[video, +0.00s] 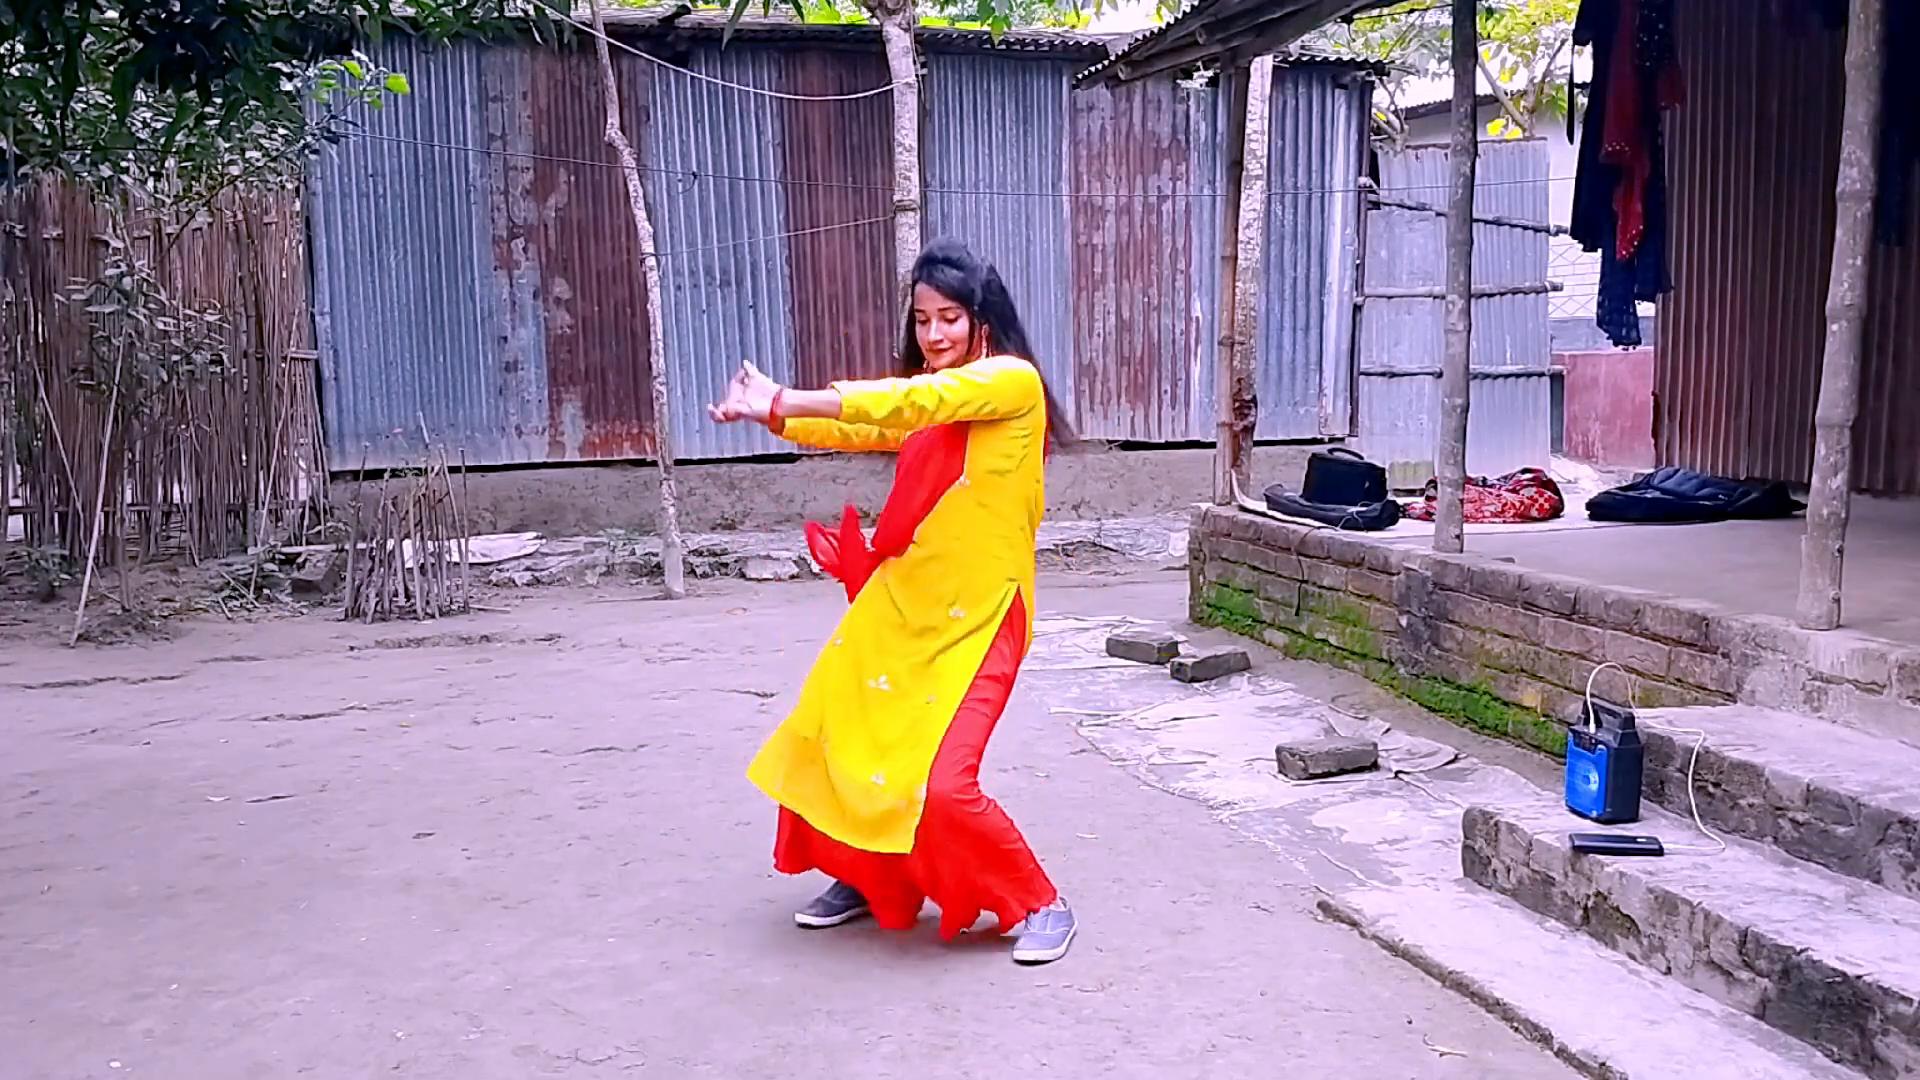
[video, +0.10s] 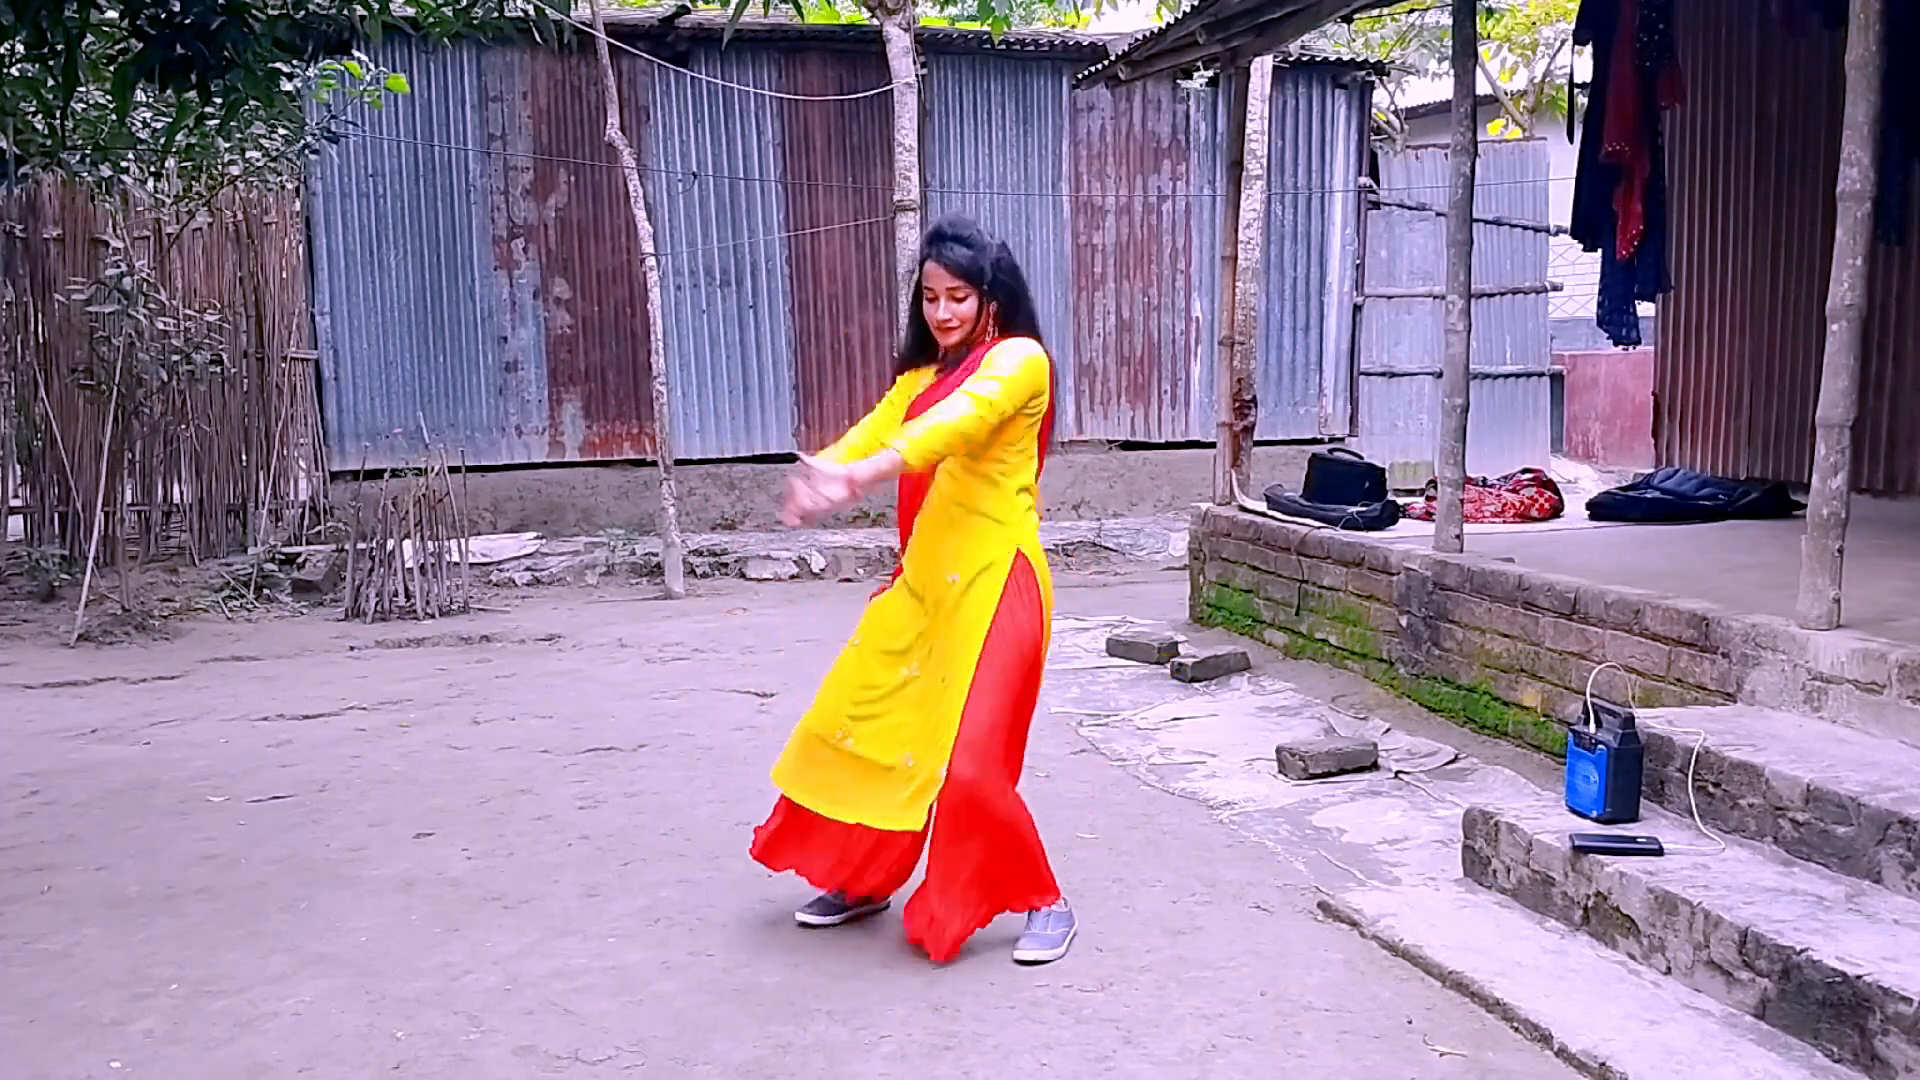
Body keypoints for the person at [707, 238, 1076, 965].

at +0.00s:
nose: (935, 334)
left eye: (949, 318)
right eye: (924, 321)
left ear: (983, 320)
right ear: (913, 324)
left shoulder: (1016, 381)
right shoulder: (923, 402)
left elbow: (920, 399)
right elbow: (855, 428)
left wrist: (789, 401)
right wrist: (771, 413)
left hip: (986, 612)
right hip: (906, 604)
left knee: (944, 782)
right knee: (835, 733)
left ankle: (1041, 905)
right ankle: (866, 875)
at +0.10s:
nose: (942, 313)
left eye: (958, 297)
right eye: (931, 297)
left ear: (992, 297)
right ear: (919, 300)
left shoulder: (1021, 360)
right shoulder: (920, 378)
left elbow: (956, 425)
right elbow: (868, 436)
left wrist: (859, 476)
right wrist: (819, 476)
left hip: (1001, 577)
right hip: (927, 578)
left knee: (970, 761)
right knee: (867, 721)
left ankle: (1046, 903)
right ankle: (865, 878)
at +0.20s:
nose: (947, 304)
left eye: (964, 289)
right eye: (935, 288)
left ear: (995, 291)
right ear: (922, 290)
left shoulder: (1023, 357)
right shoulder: (907, 371)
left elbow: (1062, 427)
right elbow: (863, 452)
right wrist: (909, 497)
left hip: (1004, 563)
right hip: (925, 568)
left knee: (1001, 724)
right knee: (874, 711)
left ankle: (1049, 898)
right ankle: (876, 874)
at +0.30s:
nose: (945, 311)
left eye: (960, 294)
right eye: (933, 296)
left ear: (994, 302)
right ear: (922, 304)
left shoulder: (1024, 377)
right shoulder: (900, 376)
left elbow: (1114, 398)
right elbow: (860, 432)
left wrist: (1031, 430)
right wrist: (951, 441)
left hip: (1010, 582)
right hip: (923, 587)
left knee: (1020, 738)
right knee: (881, 727)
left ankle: (1049, 900)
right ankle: (880, 878)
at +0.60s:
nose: (928, 306)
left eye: (941, 288)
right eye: (916, 292)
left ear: (980, 285)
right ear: (906, 293)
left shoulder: (1034, 364)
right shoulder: (899, 351)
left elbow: (1011, 428)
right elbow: (843, 410)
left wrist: (965, 477)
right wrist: (867, 454)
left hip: (958, 582)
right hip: (871, 573)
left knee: (979, 732)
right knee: (857, 722)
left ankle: (1046, 894)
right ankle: (873, 877)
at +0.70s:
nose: (925, 300)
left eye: (937, 283)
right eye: (913, 286)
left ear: (977, 279)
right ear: (906, 287)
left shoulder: (1030, 365)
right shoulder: (893, 357)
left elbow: (995, 451)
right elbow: (802, 411)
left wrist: (887, 473)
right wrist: (782, 468)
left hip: (958, 578)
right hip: (866, 571)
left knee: (967, 736)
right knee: (846, 718)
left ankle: (1044, 901)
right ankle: (868, 874)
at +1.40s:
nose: (941, 285)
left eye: (957, 269)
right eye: (929, 270)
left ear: (992, 271)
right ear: (918, 277)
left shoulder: (1026, 342)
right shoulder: (916, 372)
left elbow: (966, 418)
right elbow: (865, 440)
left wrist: (872, 484)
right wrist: (832, 486)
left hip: (1001, 566)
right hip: (914, 563)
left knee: (977, 735)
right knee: (858, 716)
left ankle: (1049, 900)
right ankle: (875, 871)